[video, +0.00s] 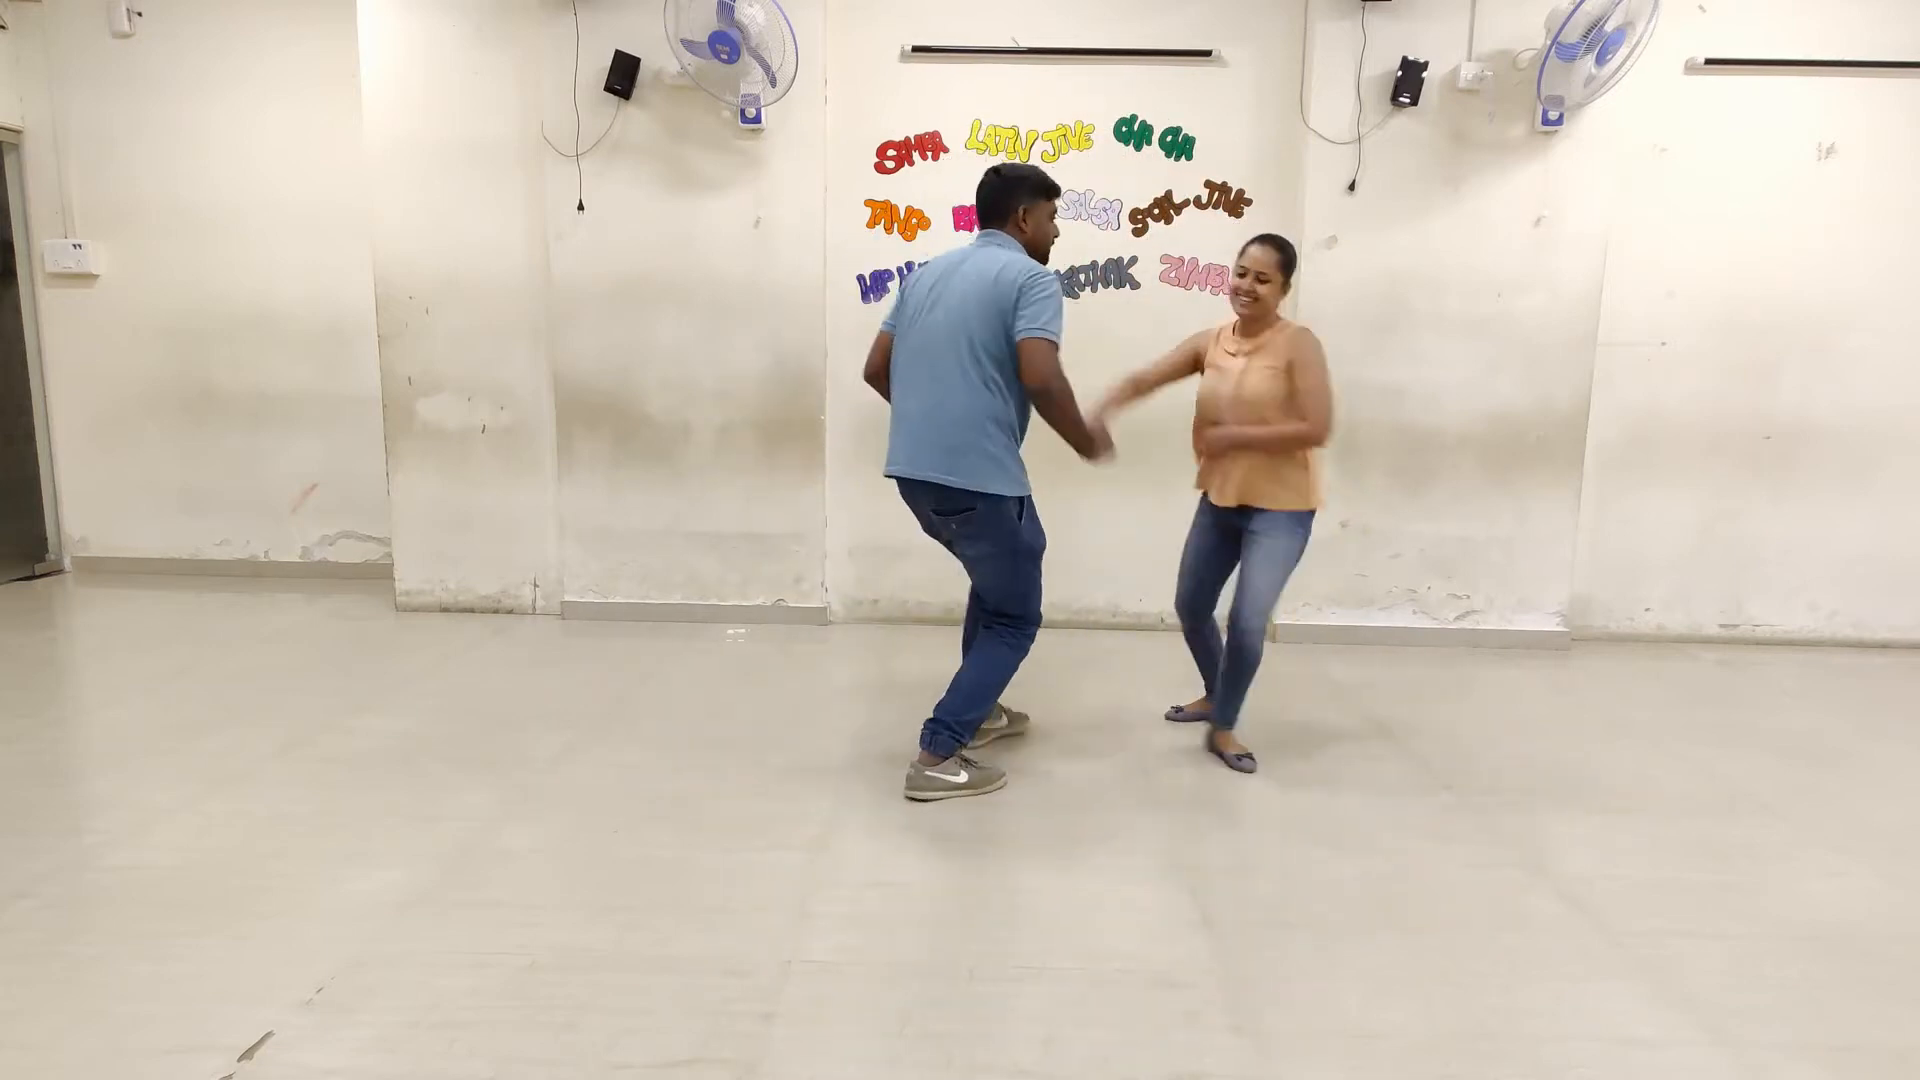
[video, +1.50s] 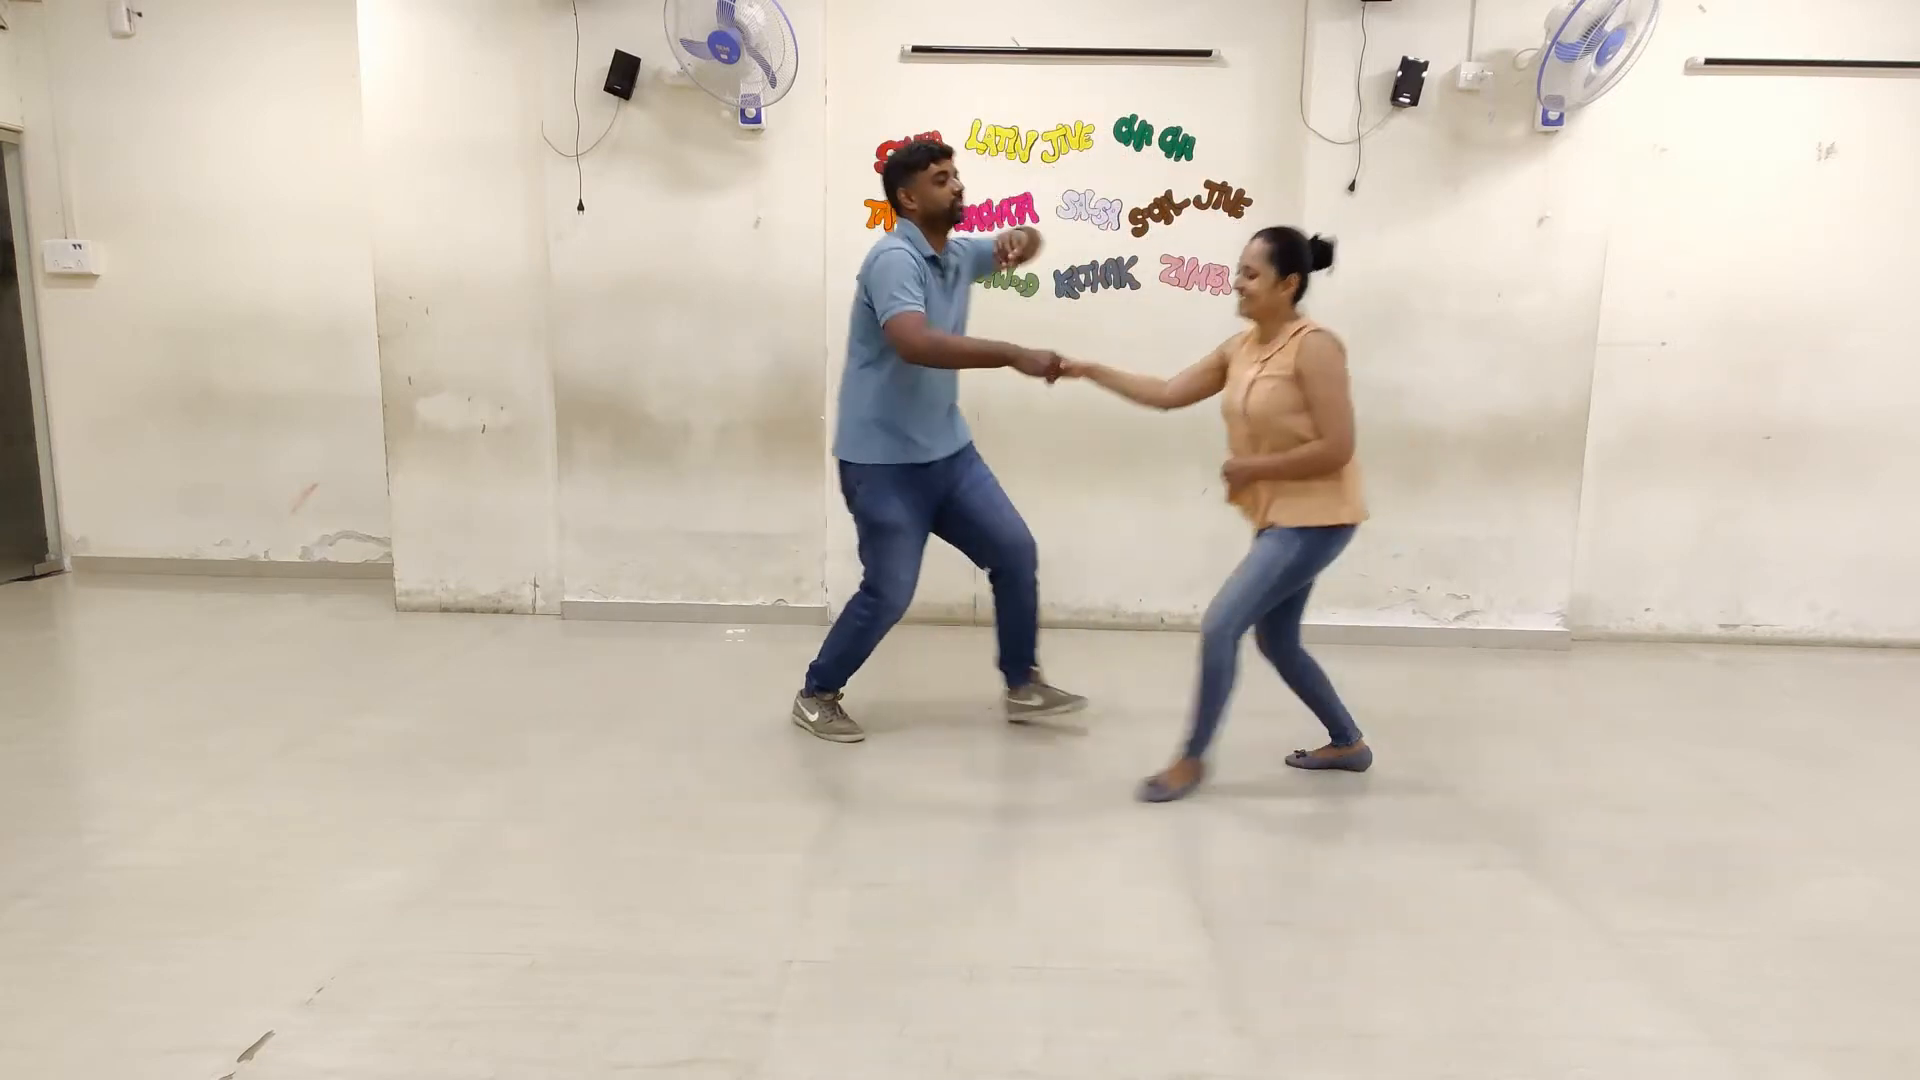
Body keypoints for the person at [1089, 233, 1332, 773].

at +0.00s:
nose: (1246, 286)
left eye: (1261, 279)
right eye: (1241, 274)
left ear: (1284, 288)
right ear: (1231, 276)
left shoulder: (1299, 344)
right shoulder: (1212, 341)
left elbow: (1316, 428)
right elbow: (1148, 379)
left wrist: (1230, 435)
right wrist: (1101, 410)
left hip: (1281, 507)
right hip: (1220, 501)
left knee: (1247, 621)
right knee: (1191, 605)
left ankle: (1223, 729)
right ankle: (1216, 696)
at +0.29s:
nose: (1331, 264)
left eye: (1328, 254)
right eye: (1324, 254)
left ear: (1295, 263)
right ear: (1296, 261)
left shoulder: (1293, 326)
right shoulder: (1264, 328)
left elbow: (1293, 413)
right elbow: (1285, 422)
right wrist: (1366, 438)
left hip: (1282, 491)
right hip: (1243, 490)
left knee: (1277, 614)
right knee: (1273, 611)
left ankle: (1214, 726)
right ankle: (1182, 702)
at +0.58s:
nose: (1273, 261)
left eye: (1275, 253)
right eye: (1277, 252)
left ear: (1286, 258)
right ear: (1332, 254)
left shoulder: (1255, 311)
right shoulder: (1367, 315)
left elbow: (1206, 393)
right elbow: (1403, 379)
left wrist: (1255, 404)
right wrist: (1360, 345)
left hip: (1255, 477)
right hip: (1333, 483)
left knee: (1259, 613)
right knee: (1323, 610)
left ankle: (1265, 754)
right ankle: (1331, 745)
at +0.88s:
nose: (1280, 294)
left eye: (1290, 283)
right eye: (1282, 283)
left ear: (1325, 289)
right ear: (1318, 290)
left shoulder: (1349, 351)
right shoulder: (1303, 355)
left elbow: (1337, 449)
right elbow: (1240, 406)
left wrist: (1278, 462)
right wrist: (1158, 400)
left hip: (1358, 519)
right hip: (1338, 518)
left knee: (1270, 633)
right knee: (1286, 631)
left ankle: (1318, 761)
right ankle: (1343, 742)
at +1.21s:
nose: (1283, 265)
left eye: (1293, 253)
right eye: (1285, 254)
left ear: (1331, 256)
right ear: (1323, 257)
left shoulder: (1360, 323)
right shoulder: (1298, 324)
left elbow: (1361, 425)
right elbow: (1218, 354)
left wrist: (1306, 448)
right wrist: (1137, 330)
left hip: (1398, 492)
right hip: (1358, 494)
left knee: (1355, 624)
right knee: (1350, 620)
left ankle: (1330, 760)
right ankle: (1353, 743)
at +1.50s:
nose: (1237, 283)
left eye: (1250, 275)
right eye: (1239, 272)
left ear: (1288, 284)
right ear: (1254, 281)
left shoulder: (1316, 347)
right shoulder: (1242, 347)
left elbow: (1337, 447)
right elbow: (1167, 394)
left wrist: (1256, 466)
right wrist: (1091, 371)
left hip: (1315, 518)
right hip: (1277, 518)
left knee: (1222, 624)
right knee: (1278, 641)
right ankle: (1348, 743)